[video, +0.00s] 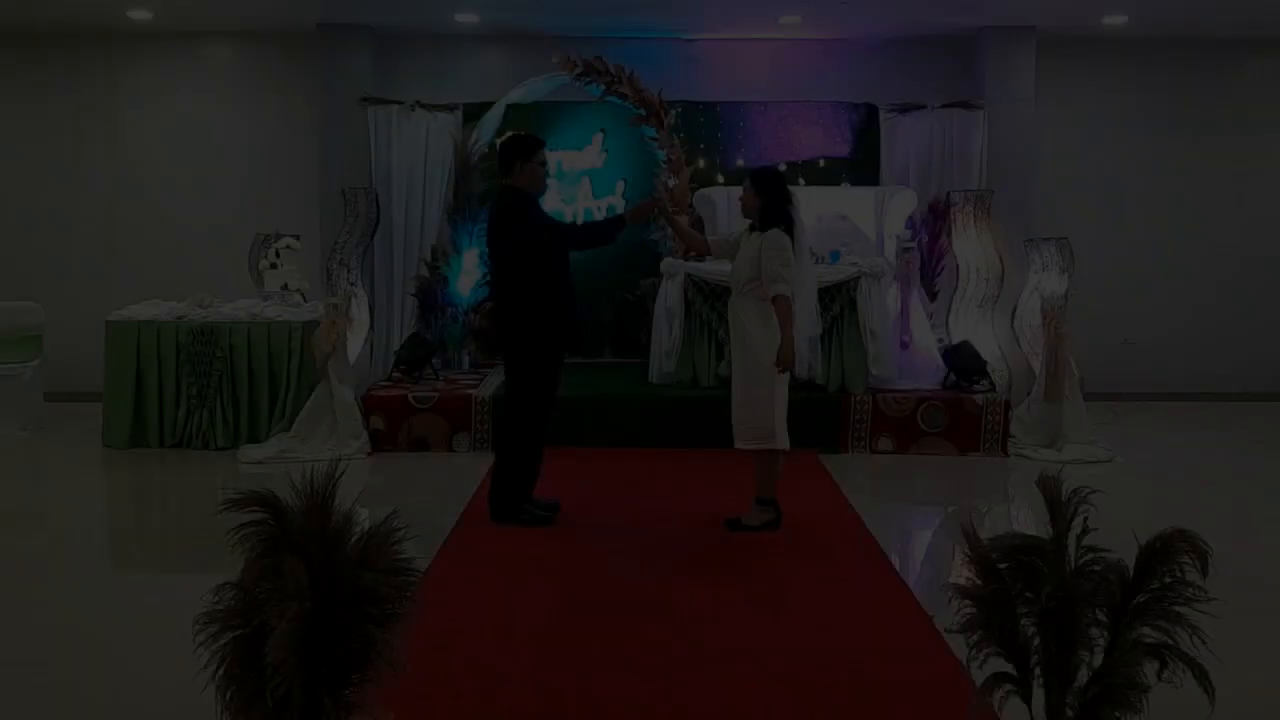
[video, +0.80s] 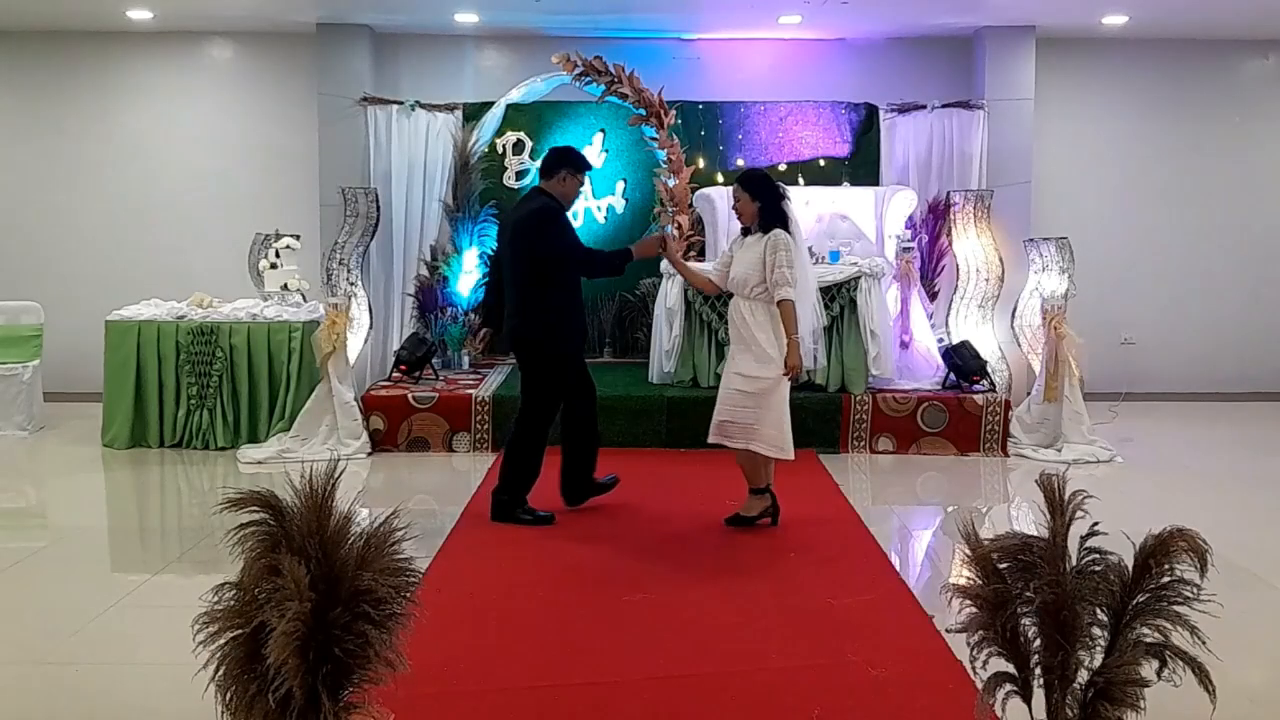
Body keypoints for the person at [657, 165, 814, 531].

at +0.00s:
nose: (742, 198)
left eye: (748, 192)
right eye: (744, 191)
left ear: (763, 198)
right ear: (761, 198)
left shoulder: (774, 239)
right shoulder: (748, 237)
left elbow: (781, 294)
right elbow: (704, 246)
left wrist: (786, 343)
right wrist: (671, 218)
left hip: (766, 343)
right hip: (748, 342)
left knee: (765, 422)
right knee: (757, 421)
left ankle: (767, 507)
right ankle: (763, 504)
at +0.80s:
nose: (735, 207)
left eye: (739, 200)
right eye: (734, 201)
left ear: (759, 201)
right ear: (744, 203)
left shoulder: (777, 240)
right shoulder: (739, 243)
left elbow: (784, 295)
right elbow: (711, 285)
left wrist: (793, 347)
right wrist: (675, 261)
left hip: (766, 342)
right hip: (743, 342)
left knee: (741, 417)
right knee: (746, 418)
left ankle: (760, 495)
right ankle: (762, 495)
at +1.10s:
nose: (707, 215)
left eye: (712, 208)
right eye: (704, 209)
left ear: (732, 207)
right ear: (707, 212)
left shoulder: (758, 246)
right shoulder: (709, 251)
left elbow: (770, 301)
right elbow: (709, 308)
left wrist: (780, 350)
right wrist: (687, 341)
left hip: (749, 353)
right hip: (717, 351)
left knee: (715, 425)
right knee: (736, 427)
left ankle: (682, 510)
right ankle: (763, 502)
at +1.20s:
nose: (690, 215)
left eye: (696, 208)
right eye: (688, 208)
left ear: (716, 208)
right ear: (693, 211)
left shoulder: (742, 246)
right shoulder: (694, 251)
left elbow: (756, 302)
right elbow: (691, 308)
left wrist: (766, 352)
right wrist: (676, 349)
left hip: (733, 351)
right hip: (701, 350)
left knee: (702, 426)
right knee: (731, 426)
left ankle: (676, 514)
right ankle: (762, 501)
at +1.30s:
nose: (674, 213)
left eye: (679, 206)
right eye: (672, 207)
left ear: (701, 205)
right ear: (678, 209)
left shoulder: (726, 241)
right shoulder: (678, 249)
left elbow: (739, 298)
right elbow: (671, 303)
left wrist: (750, 347)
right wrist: (658, 345)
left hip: (715, 348)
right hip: (688, 350)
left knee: (691, 428)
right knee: (720, 423)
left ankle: (675, 516)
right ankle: (753, 493)